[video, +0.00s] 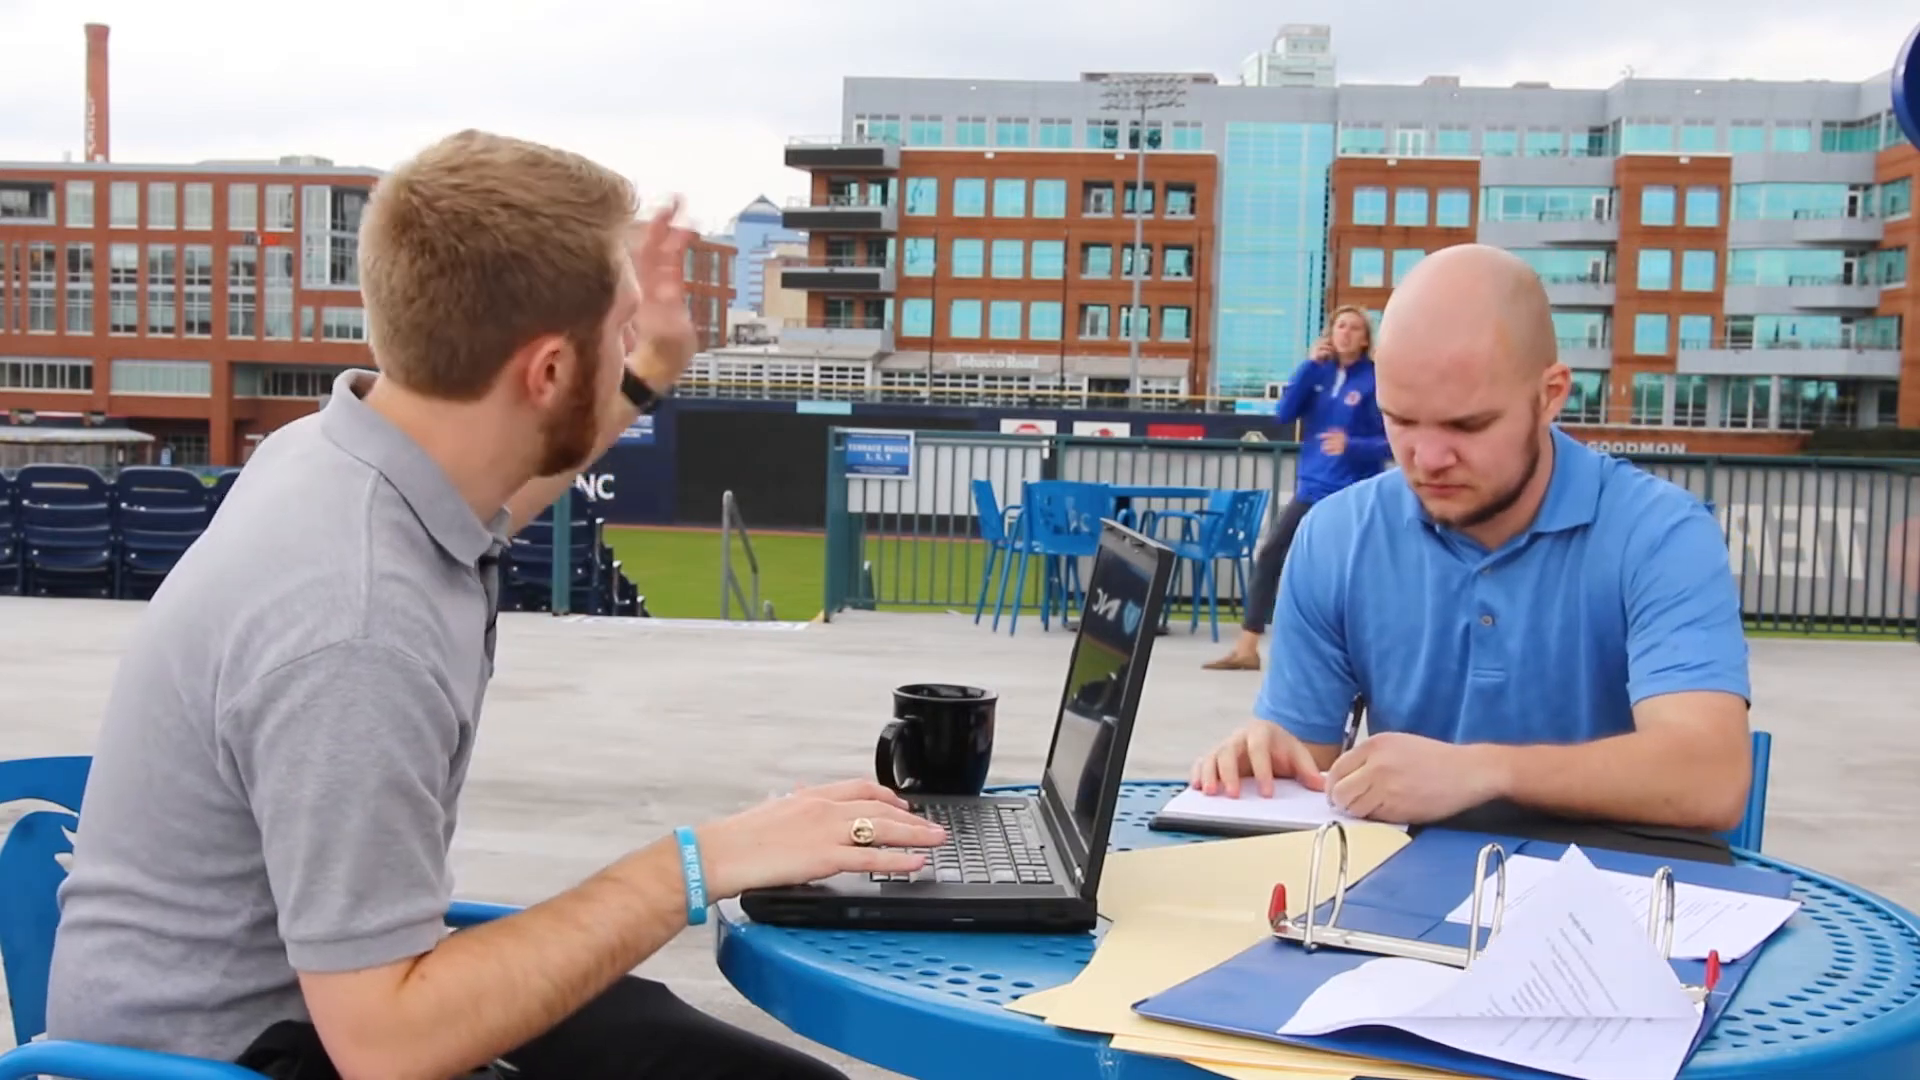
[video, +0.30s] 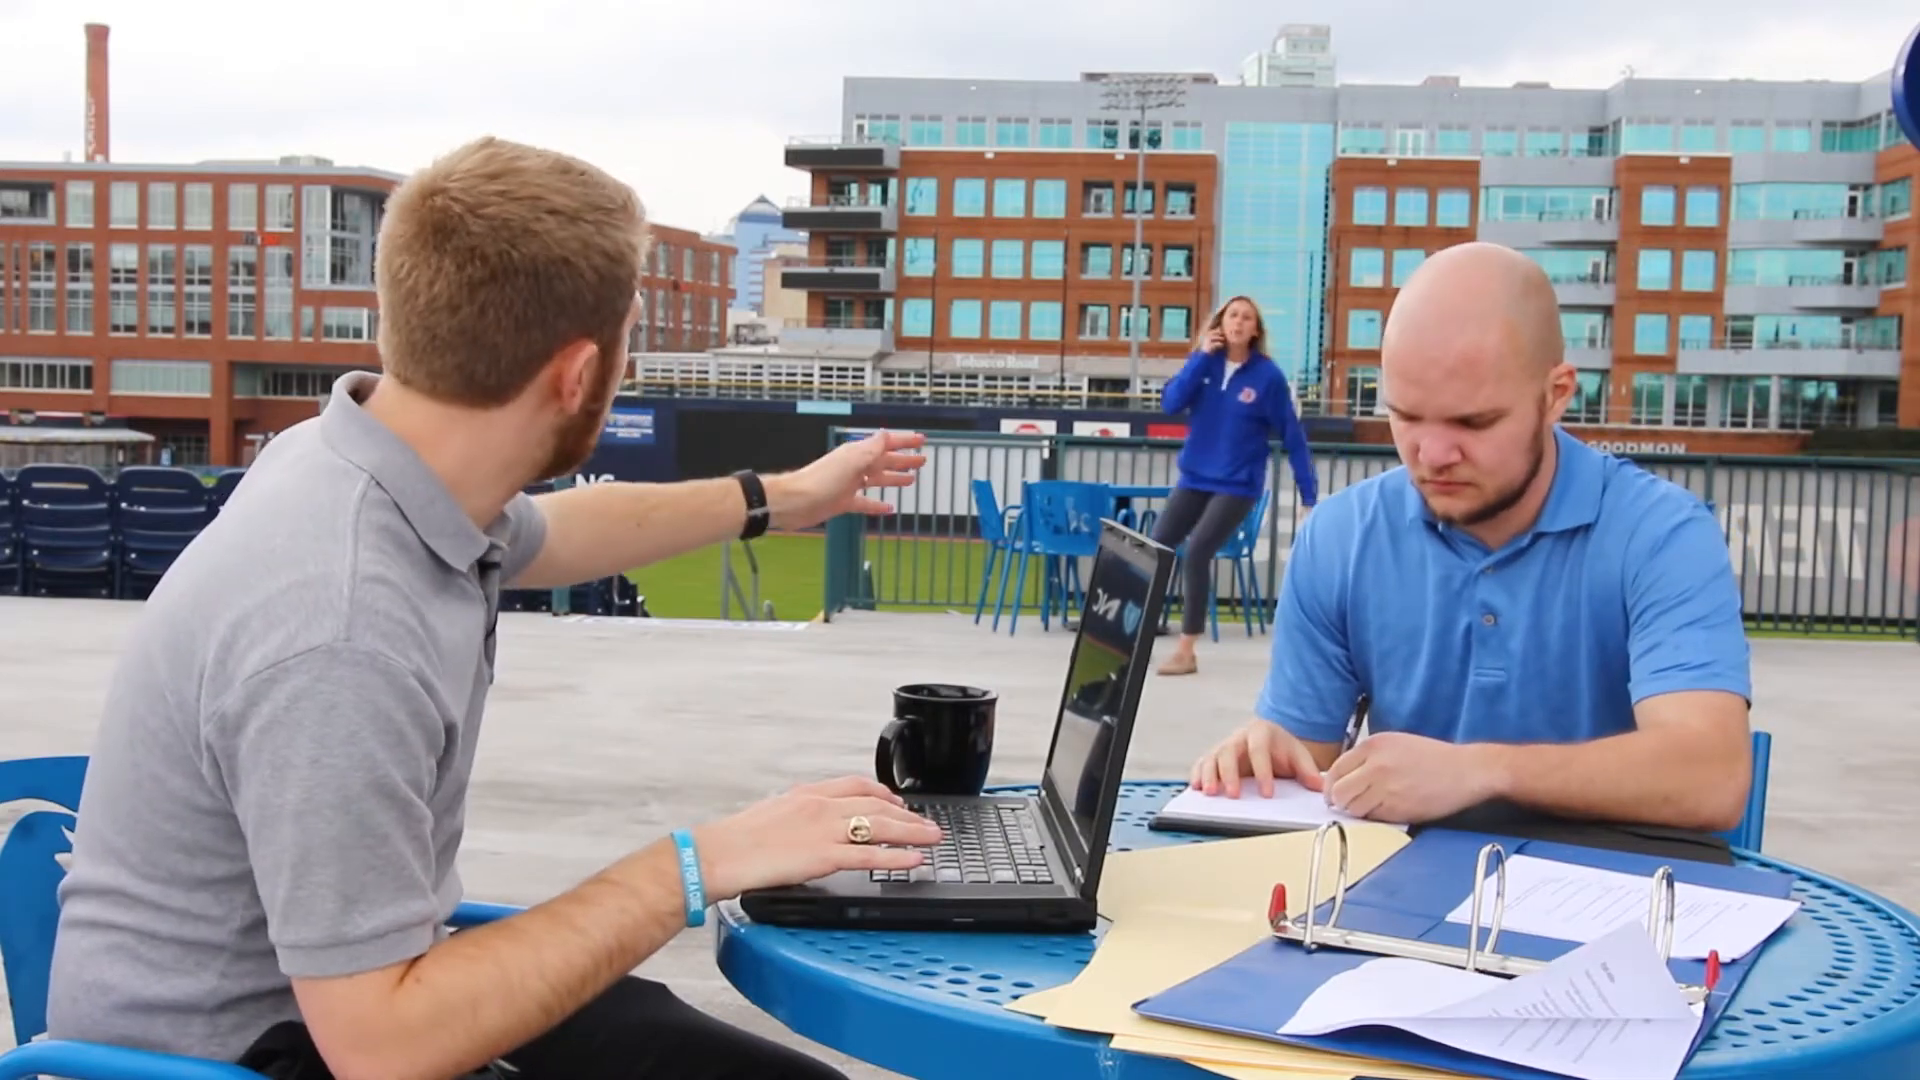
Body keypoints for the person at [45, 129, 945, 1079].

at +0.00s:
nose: (606, 391)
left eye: (623, 361)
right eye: (608, 366)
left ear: (405, 325)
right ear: (543, 373)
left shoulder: (340, 463)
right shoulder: (349, 620)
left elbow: (485, 501)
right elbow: (387, 1038)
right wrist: (713, 859)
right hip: (211, 1050)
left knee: (625, 1007)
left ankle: (811, 1070)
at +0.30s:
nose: (616, 376)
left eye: (620, 343)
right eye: (621, 346)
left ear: (409, 321)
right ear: (575, 373)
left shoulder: (358, 470)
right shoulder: (333, 624)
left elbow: (551, 537)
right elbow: (382, 1038)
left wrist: (784, 498)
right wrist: (709, 860)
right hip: (214, 1048)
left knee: (630, 1004)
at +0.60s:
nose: (613, 363)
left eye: (615, 333)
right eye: (618, 335)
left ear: (407, 314)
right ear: (586, 360)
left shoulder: (326, 463)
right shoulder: (356, 616)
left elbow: (499, 568)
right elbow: (385, 1036)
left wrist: (749, 518)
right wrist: (712, 858)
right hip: (218, 1052)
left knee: (616, 999)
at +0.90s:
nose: (605, 359)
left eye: (608, 329)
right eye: (610, 330)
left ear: (397, 315)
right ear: (579, 354)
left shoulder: (323, 466)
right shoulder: (351, 610)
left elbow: (485, 571)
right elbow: (382, 1032)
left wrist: (738, 522)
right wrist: (710, 859)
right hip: (218, 1049)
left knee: (637, 1013)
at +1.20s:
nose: (603, 358)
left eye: (606, 327)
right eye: (608, 328)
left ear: (396, 313)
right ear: (574, 352)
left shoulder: (319, 470)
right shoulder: (347, 612)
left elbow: (447, 618)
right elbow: (379, 1030)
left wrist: (691, 589)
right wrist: (706, 859)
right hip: (219, 1048)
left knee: (644, 1015)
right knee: (792, 1063)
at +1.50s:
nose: (627, 343)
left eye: (624, 305)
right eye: (618, 307)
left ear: (407, 318)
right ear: (548, 338)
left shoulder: (379, 491)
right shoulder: (352, 588)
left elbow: (339, 773)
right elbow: (370, 1025)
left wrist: (501, 867)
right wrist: (711, 860)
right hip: (211, 1046)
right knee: (783, 1066)